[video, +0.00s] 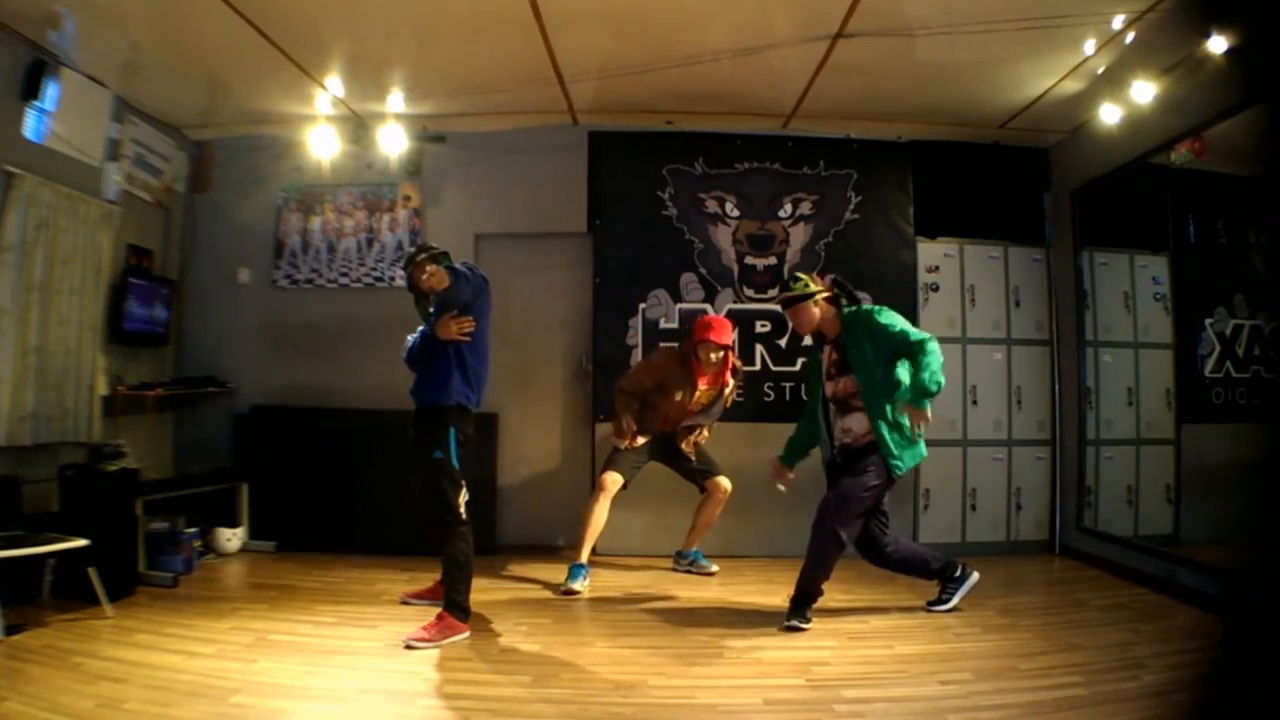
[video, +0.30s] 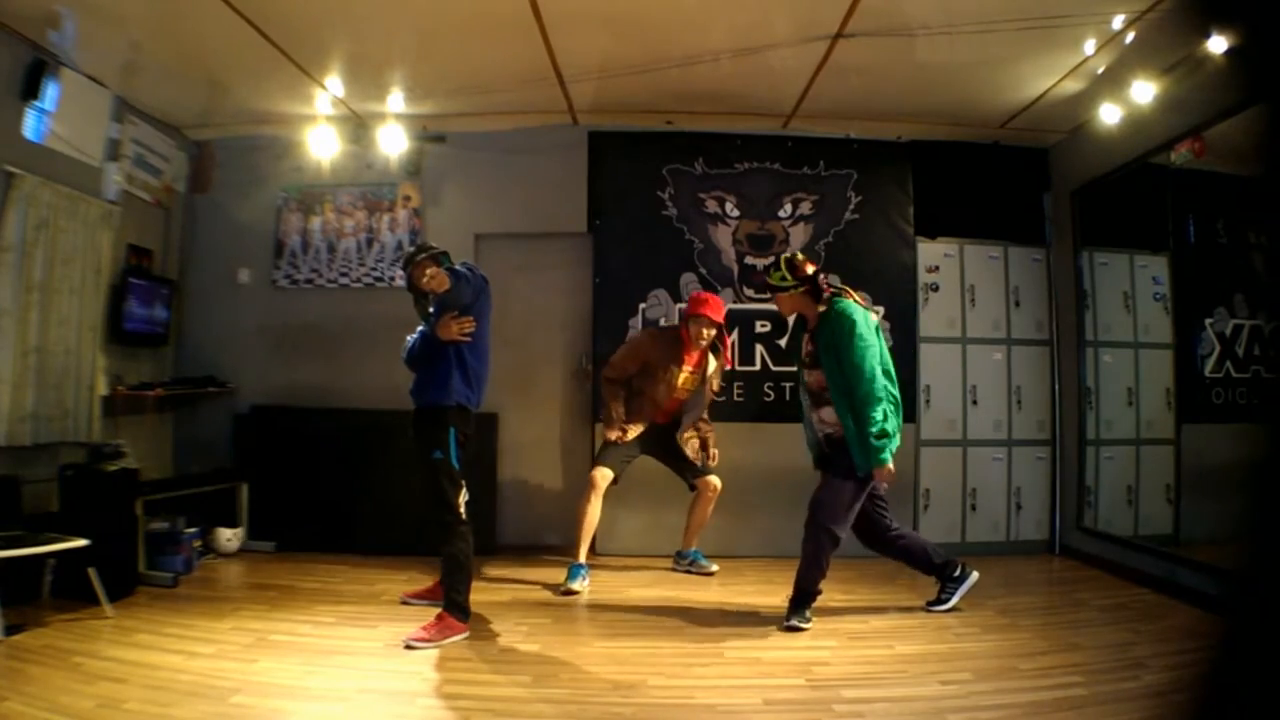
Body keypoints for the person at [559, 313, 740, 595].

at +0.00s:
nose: (714, 354)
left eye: (720, 349)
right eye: (708, 348)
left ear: (728, 350)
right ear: (695, 345)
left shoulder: (727, 376)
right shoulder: (667, 361)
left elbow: (717, 409)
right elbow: (626, 387)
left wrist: (702, 428)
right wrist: (626, 421)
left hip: (677, 440)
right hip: (640, 436)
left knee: (720, 487)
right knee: (607, 483)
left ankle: (687, 554)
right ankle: (580, 566)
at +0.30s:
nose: (704, 332)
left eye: (711, 326)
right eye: (699, 323)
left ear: (718, 330)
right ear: (687, 322)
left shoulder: (712, 362)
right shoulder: (653, 341)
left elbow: (702, 409)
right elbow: (611, 375)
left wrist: (708, 441)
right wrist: (613, 420)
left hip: (668, 432)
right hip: (631, 428)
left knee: (710, 486)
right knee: (597, 478)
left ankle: (687, 553)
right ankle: (578, 566)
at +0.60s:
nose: (678, 305)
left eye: (684, 299)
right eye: (672, 297)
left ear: (688, 302)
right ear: (655, 296)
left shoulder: (683, 337)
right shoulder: (617, 319)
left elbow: (680, 385)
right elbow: (584, 363)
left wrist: (681, 415)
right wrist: (591, 407)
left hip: (652, 421)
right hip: (613, 416)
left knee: (683, 486)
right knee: (584, 481)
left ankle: (684, 554)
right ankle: (578, 567)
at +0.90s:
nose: (666, 294)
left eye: (670, 288)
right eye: (661, 286)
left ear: (669, 288)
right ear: (642, 281)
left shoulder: (648, 314)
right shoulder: (611, 312)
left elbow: (644, 369)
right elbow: (623, 374)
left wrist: (674, 379)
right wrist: (672, 377)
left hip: (637, 416)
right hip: (607, 416)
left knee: (671, 478)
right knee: (604, 485)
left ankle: (676, 559)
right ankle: (579, 567)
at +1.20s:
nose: (667, 289)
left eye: (674, 285)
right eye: (662, 280)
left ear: (679, 288)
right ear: (647, 276)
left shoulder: (662, 317)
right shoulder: (624, 304)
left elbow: (660, 371)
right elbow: (644, 350)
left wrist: (686, 397)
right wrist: (680, 349)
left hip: (655, 413)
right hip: (622, 411)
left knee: (698, 478)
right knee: (606, 487)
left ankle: (681, 556)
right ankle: (578, 566)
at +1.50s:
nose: (692, 273)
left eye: (696, 266)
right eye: (684, 267)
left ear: (704, 273)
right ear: (672, 274)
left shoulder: (712, 323)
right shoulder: (652, 312)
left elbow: (722, 378)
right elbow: (652, 370)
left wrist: (728, 428)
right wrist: (667, 420)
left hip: (693, 418)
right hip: (649, 414)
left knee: (714, 487)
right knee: (618, 486)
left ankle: (693, 555)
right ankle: (584, 563)